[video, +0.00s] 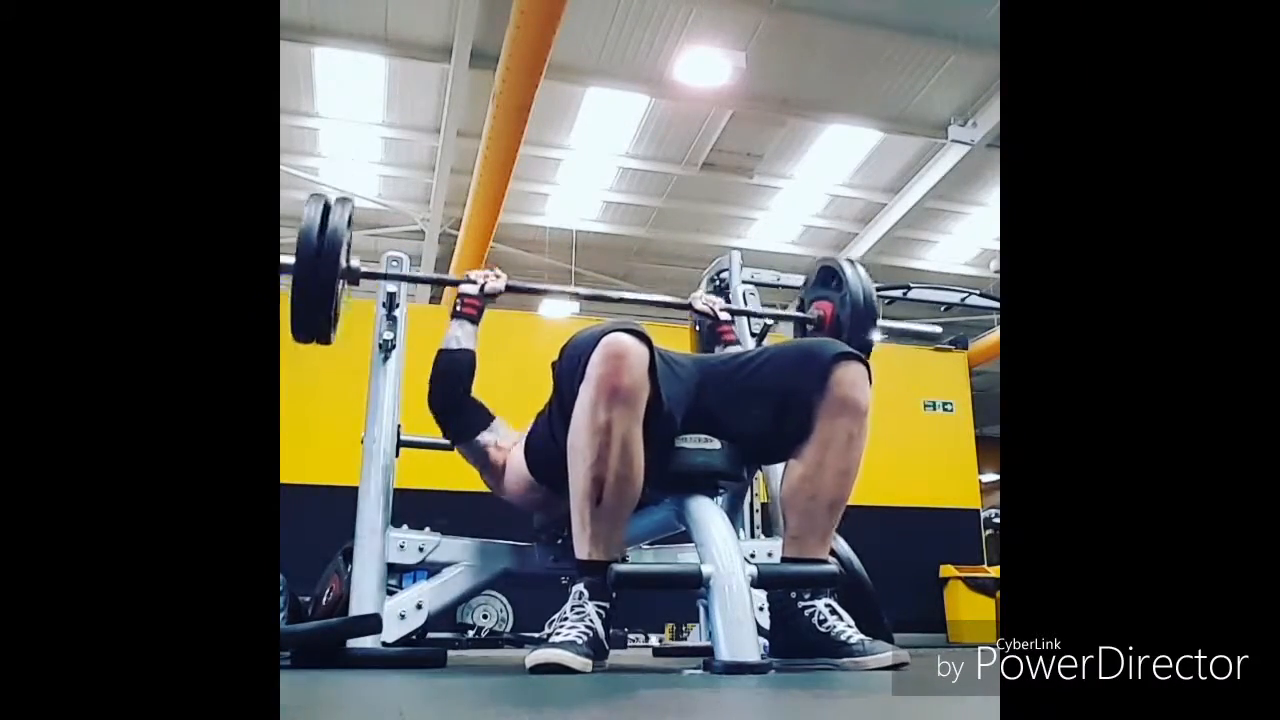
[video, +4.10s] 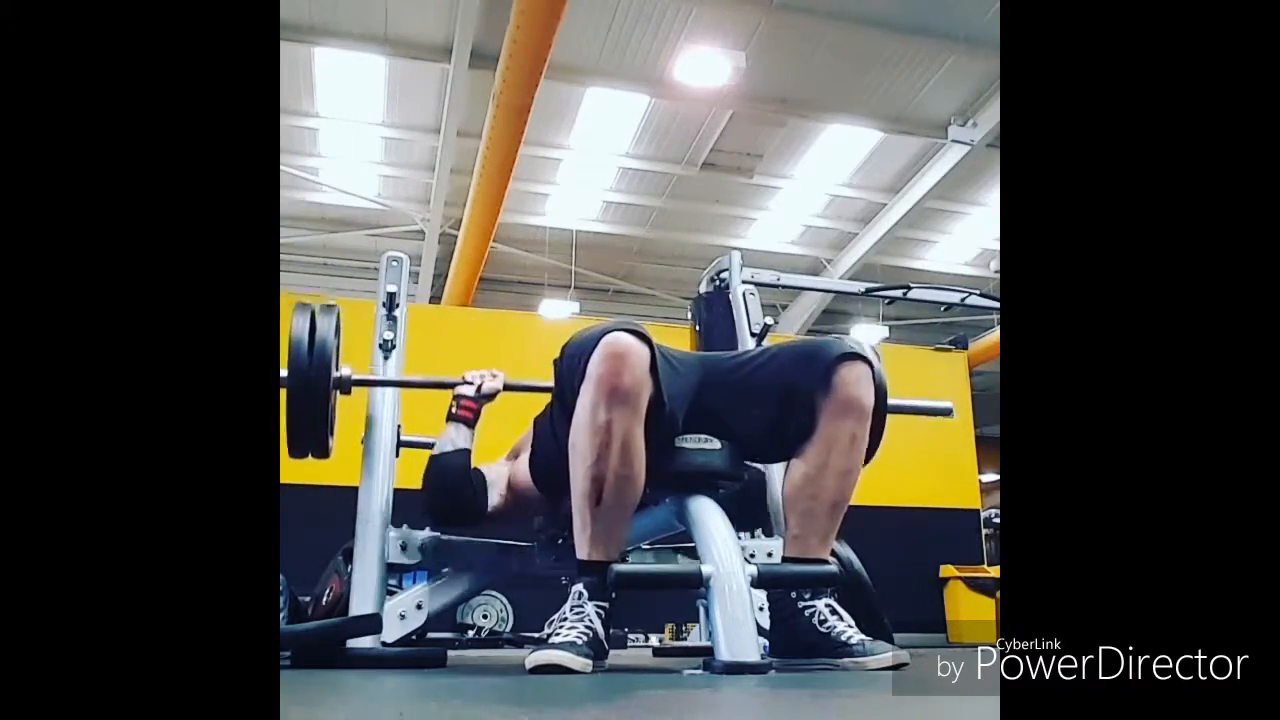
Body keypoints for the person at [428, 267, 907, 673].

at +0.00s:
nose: (497, 446)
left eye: (498, 444)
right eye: (491, 455)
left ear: (522, 440)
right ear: (496, 468)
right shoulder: (519, 469)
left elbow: (730, 402)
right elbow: (449, 399)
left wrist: (720, 334)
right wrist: (468, 309)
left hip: (694, 390)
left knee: (843, 377)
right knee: (618, 355)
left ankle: (800, 607)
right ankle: (585, 606)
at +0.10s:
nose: (501, 477)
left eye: (500, 476)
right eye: (497, 483)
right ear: (513, 491)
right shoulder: (523, 463)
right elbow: (441, 436)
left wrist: (714, 356)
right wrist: (469, 347)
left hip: (707, 389)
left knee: (846, 376)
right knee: (620, 354)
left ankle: (800, 609)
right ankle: (586, 606)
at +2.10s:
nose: (497, 441)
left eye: (496, 442)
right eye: (494, 448)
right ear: (503, 471)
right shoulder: (523, 465)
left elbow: (722, 383)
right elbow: (466, 377)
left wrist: (711, 311)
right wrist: (468, 283)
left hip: (685, 382)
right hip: (613, 364)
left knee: (844, 375)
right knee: (618, 351)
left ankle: (798, 607)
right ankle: (586, 605)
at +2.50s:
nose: (491, 464)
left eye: (494, 464)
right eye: (490, 471)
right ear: (499, 475)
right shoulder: (517, 467)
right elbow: (440, 433)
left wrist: (717, 356)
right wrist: (465, 340)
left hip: (708, 389)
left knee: (846, 377)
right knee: (619, 355)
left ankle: (799, 609)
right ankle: (587, 606)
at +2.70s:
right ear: (494, 508)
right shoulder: (525, 490)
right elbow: (450, 498)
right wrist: (466, 407)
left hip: (701, 375)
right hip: (627, 361)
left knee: (850, 375)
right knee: (622, 356)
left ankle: (801, 606)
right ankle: (588, 606)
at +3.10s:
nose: (498, 470)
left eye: (497, 472)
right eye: (493, 476)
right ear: (498, 472)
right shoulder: (519, 460)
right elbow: (443, 428)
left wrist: (723, 348)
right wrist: (463, 339)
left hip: (704, 386)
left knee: (845, 378)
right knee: (621, 355)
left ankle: (798, 609)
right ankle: (587, 606)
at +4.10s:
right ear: (490, 505)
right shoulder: (519, 483)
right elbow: (448, 500)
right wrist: (466, 406)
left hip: (708, 376)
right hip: (630, 358)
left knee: (850, 375)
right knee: (618, 356)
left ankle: (801, 607)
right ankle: (587, 606)